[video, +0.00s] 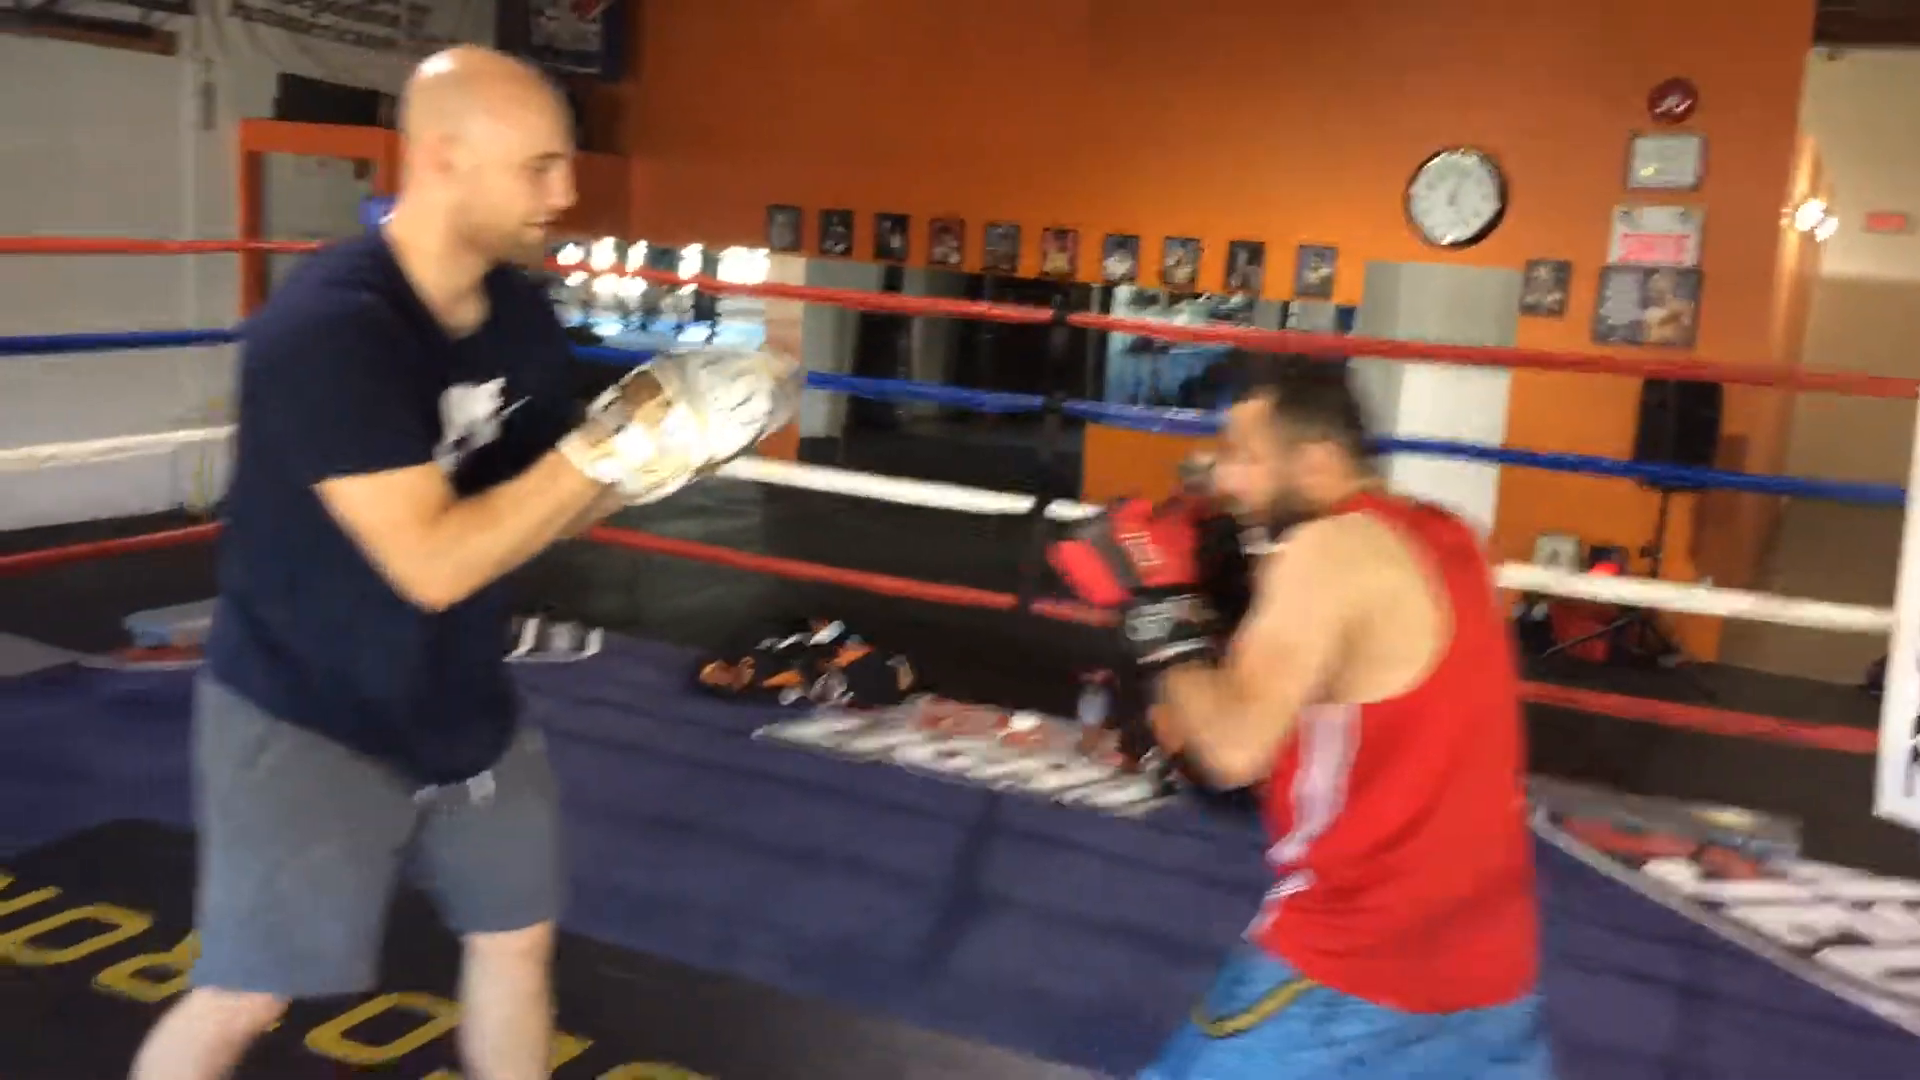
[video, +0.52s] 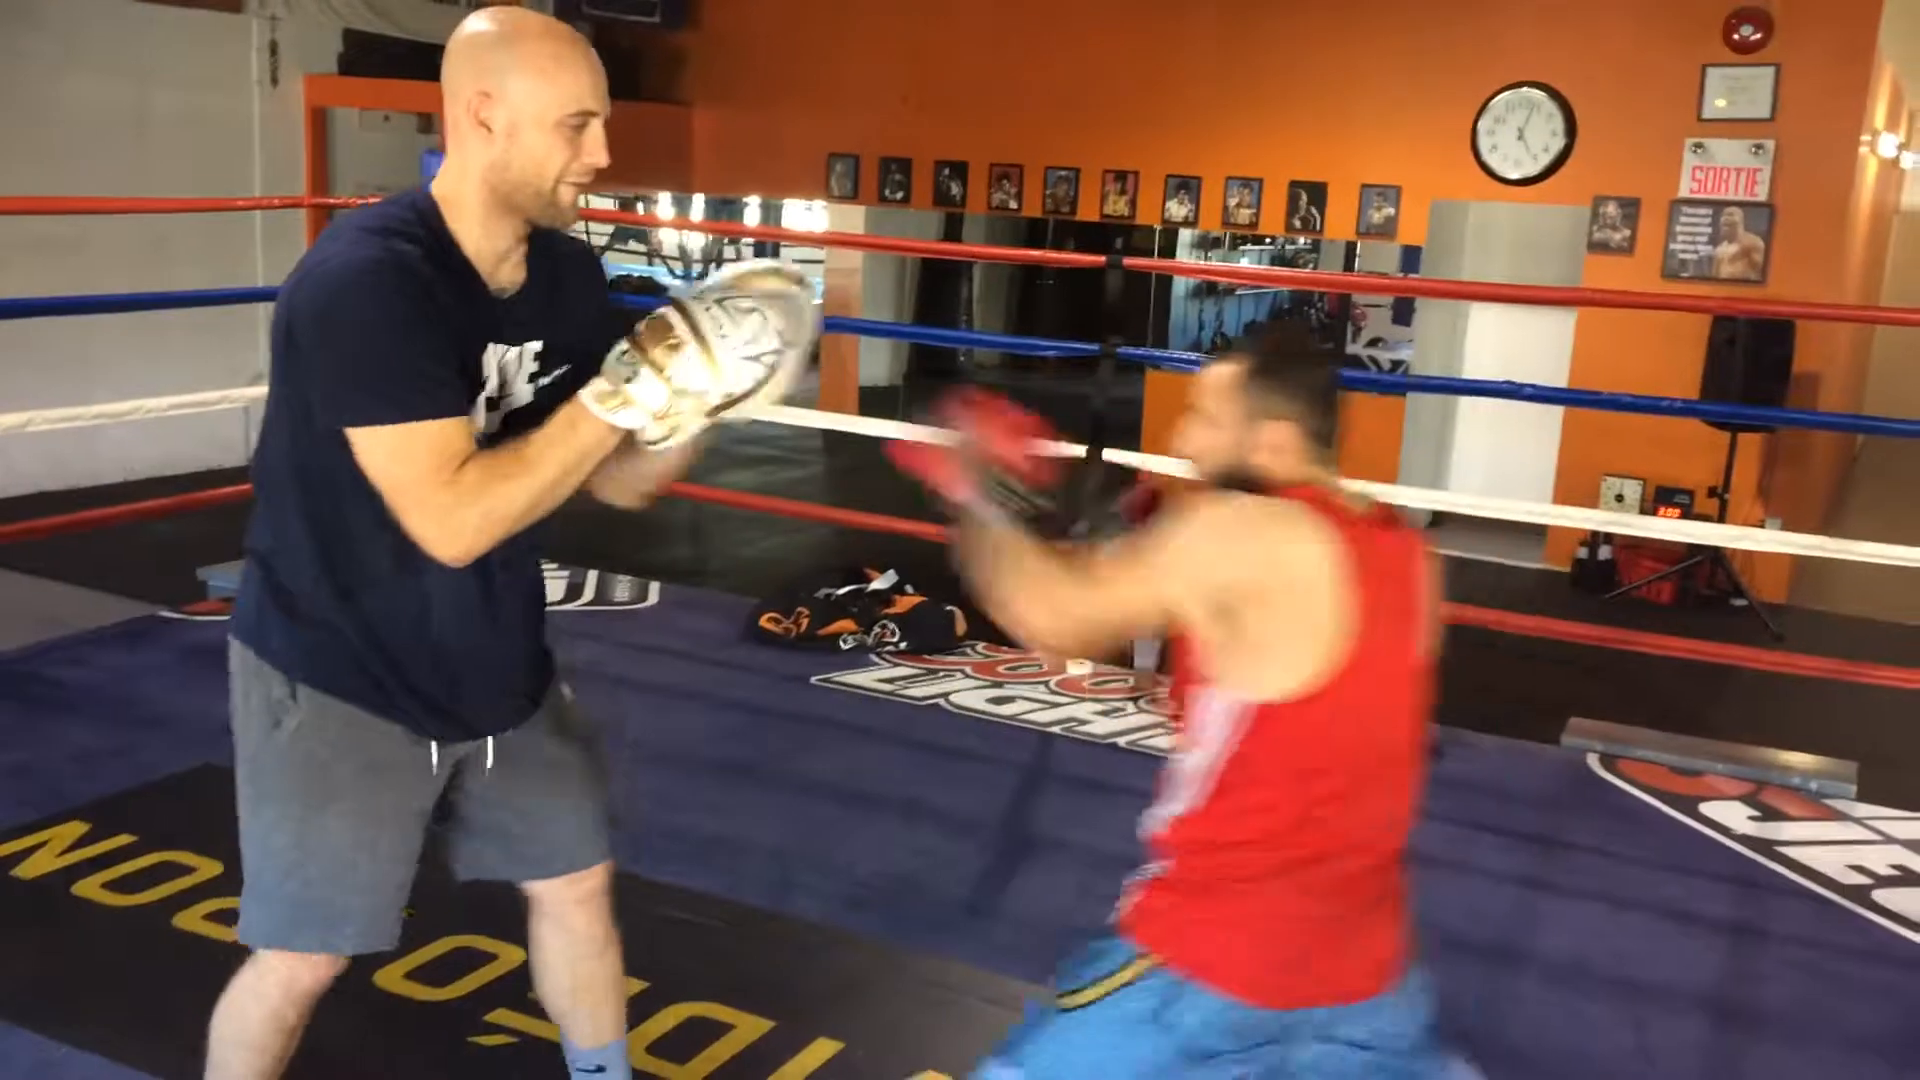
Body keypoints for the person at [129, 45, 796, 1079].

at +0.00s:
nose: (565, 195)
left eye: (565, 166)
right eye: (539, 167)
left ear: (454, 163)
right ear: (441, 161)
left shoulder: (515, 305)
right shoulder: (324, 329)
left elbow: (546, 487)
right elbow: (432, 564)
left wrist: (680, 412)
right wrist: (607, 455)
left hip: (461, 695)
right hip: (299, 712)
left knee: (514, 931)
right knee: (244, 992)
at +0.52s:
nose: (600, 157)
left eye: (601, 128)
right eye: (574, 127)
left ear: (501, 121)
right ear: (479, 119)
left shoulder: (564, 276)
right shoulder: (361, 282)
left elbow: (622, 479)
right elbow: (451, 518)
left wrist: (699, 388)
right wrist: (623, 391)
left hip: (491, 650)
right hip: (330, 669)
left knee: (574, 883)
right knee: (304, 951)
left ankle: (605, 1075)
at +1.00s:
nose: (723, 215)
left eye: (725, 185)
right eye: (696, 183)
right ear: (604, 179)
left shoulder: (689, 343)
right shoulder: (489, 332)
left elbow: (721, 541)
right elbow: (438, 575)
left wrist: (859, 540)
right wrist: (621, 485)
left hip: (577, 696)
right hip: (422, 704)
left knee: (657, 902)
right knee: (388, 987)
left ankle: (665, 1076)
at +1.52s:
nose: (842, 236)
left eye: (851, 209)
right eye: (820, 207)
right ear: (734, 187)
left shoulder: (772, 326)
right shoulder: (681, 331)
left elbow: (829, 501)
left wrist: (922, 520)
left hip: (640, 654)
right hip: (510, 674)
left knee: (689, 887)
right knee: (491, 956)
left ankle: (679, 1073)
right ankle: (345, 1074)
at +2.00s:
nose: (777, 145)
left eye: (783, 116)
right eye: (751, 112)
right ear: (662, 112)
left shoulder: (732, 272)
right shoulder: (572, 267)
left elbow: (734, 464)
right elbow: (583, 525)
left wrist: (747, 594)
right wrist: (781, 566)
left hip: (663, 616)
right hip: (511, 629)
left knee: (718, 849)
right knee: (471, 905)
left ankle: (724, 1069)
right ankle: (320, 1069)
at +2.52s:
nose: (629, 31)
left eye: (628, 7)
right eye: (596, 9)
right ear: (509, 24)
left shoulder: (628, 179)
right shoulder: (431, 202)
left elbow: (630, 360)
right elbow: (461, 443)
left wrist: (727, 367)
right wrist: (656, 392)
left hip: (553, 535)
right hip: (423, 549)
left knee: (559, 765)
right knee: (426, 814)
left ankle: (404, 948)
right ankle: (433, 1052)